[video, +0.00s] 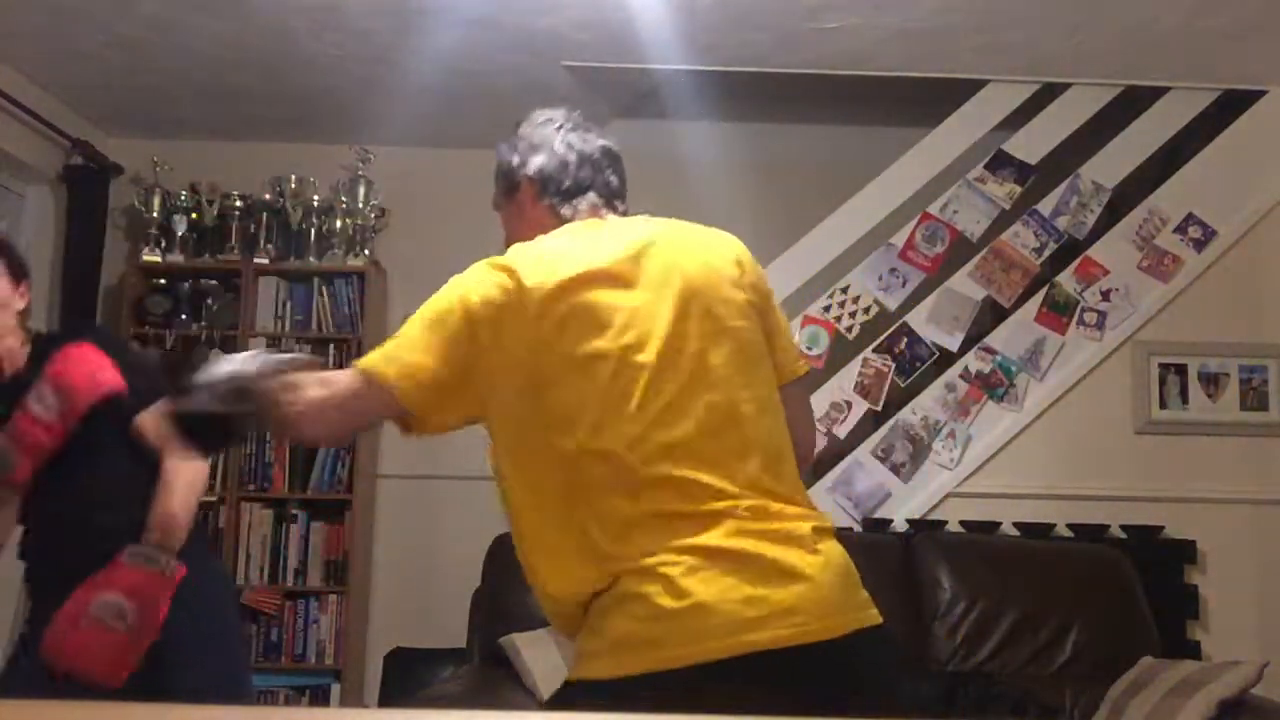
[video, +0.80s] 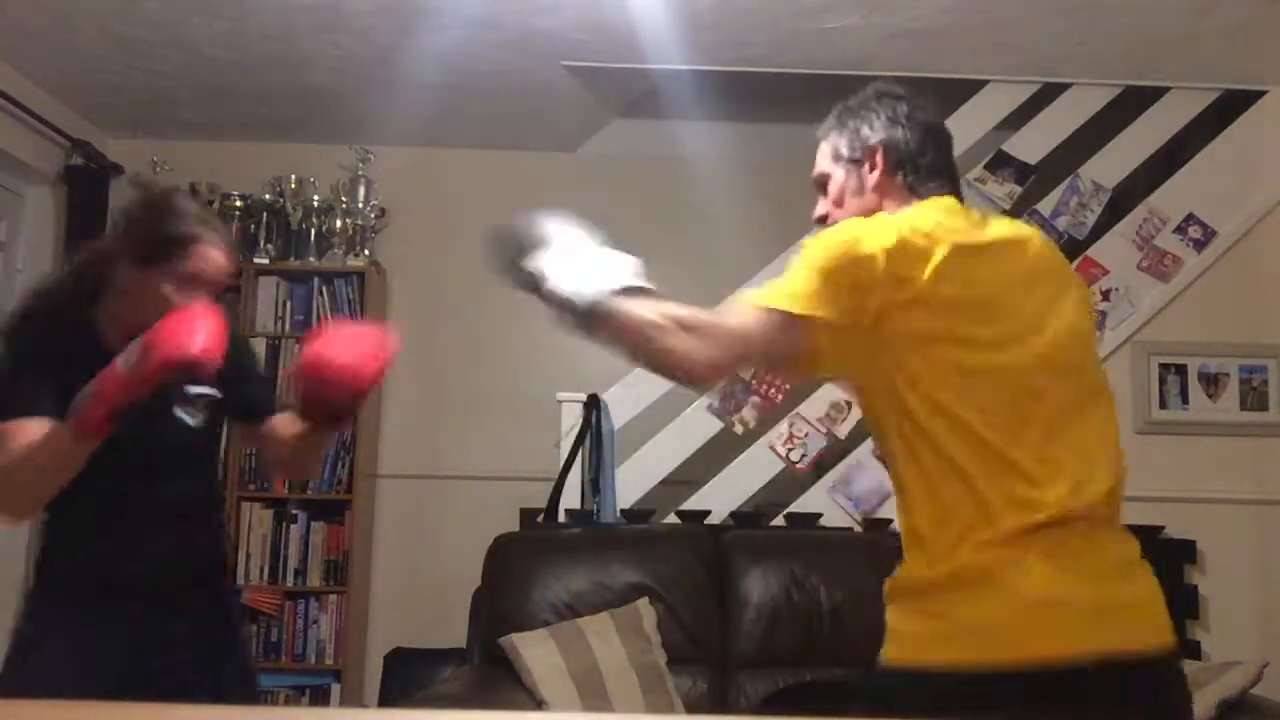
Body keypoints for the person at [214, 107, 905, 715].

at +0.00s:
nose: (507, 231)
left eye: (506, 207)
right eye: (504, 210)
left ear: (531, 193)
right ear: (614, 189)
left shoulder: (504, 286)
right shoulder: (726, 255)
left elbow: (322, 413)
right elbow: (799, 443)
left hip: (655, 654)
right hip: (831, 632)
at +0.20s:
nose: (575, 240)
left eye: (576, 220)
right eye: (575, 222)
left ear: (610, 208)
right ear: (690, 212)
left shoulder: (575, 302)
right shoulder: (801, 300)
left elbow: (367, 331)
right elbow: (823, 454)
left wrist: (234, 303)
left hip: (700, 688)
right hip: (863, 674)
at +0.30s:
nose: (644, 219)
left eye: (650, 199)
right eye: (645, 201)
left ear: (695, 187)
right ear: (756, 191)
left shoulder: (646, 288)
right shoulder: (868, 285)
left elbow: (438, 355)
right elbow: (894, 448)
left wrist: (320, 318)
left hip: (749, 679)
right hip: (915, 670)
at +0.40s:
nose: (710, 199)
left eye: (716, 176)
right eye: (709, 178)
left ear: (758, 163)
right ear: (830, 167)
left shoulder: (731, 251)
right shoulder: (933, 252)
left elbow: (603, 382)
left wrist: (503, 340)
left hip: (836, 658)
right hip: (1008, 649)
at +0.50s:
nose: (777, 230)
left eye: (782, 204)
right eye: (774, 209)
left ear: (832, 192)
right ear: (899, 200)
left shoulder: (828, 279)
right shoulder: (1001, 286)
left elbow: (780, 468)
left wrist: (675, 377)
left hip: (931, 683)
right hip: (1085, 667)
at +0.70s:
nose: (822, 208)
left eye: (828, 180)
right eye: (819, 188)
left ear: (878, 164)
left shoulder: (878, 252)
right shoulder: (1044, 249)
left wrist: (730, 389)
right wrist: (887, 450)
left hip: (976, 654)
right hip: (1134, 650)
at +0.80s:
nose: (818, 214)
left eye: (825, 187)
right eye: (818, 192)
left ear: (874, 171)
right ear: (938, 170)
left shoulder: (870, 255)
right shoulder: (1043, 251)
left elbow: (702, 350)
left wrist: (583, 288)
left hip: (967, 659)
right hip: (1127, 656)